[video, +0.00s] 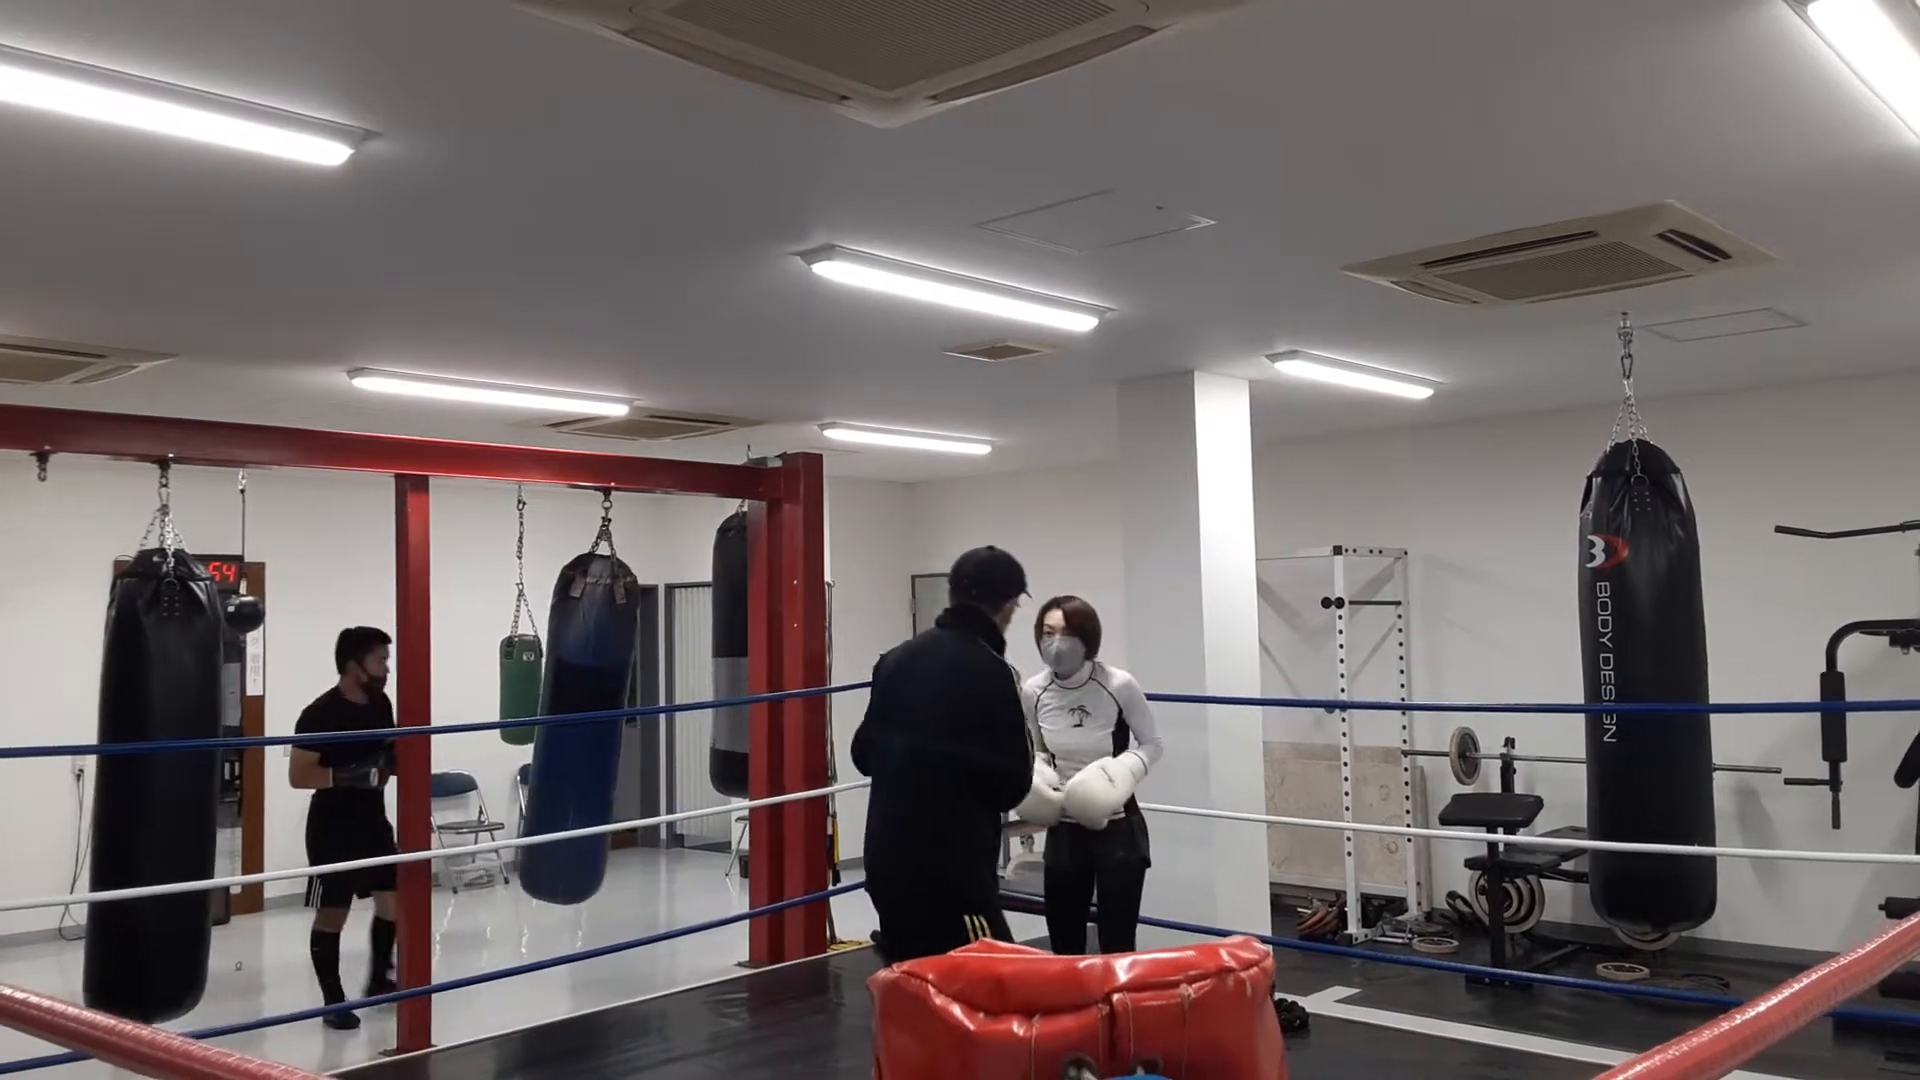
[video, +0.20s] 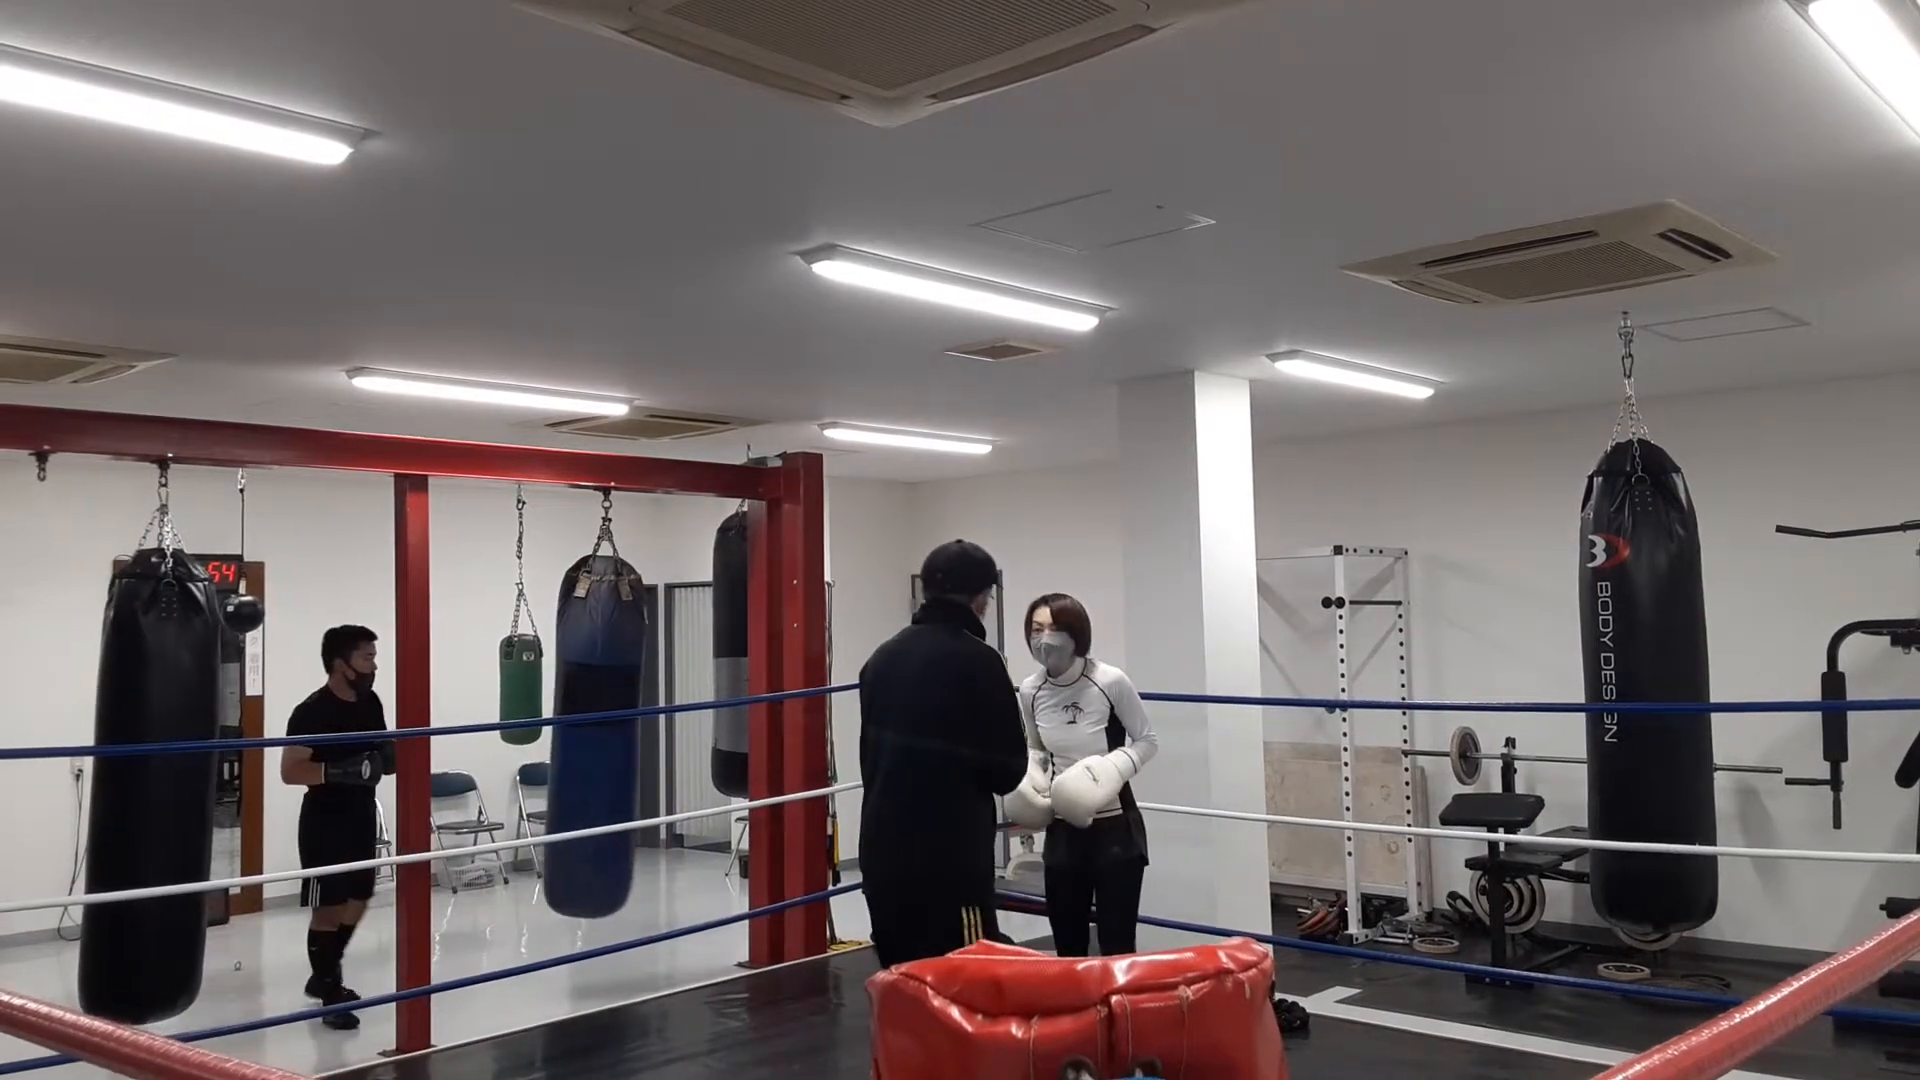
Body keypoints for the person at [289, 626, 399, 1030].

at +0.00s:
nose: (386, 667)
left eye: (387, 659)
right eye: (379, 660)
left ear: (369, 665)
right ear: (353, 665)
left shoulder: (380, 706)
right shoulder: (319, 714)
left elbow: (386, 762)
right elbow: (298, 775)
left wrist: (402, 760)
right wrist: (351, 775)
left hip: (373, 816)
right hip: (331, 821)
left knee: (391, 899)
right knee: (334, 908)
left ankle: (379, 981)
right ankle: (333, 1002)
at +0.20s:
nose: (374, 663)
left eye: (374, 656)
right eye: (366, 656)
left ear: (362, 660)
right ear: (340, 660)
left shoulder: (370, 704)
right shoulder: (311, 711)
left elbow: (384, 760)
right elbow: (290, 771)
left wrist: (389, 757)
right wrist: (344, 770)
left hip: (362, 814)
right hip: (324, 817)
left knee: (359, 896)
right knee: (330, 903)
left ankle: (325, 977)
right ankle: (329, 999)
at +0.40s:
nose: (375, 667)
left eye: (376, 660)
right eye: (368, 661)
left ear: (363, 664)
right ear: (341, 663)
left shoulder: (366, 707)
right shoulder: (310, 710)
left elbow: (367, 760)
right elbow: (287, 766)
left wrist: (386, 760)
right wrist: (342, 769)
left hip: (347, 813)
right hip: (313, 814)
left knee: (336, 900)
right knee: (322, 902)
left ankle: (320, 984)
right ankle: (322, 993)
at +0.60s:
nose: (375, 668)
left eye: (376, 660)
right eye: (367, 661)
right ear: (341, 663)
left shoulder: (361, 705)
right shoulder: (309, 706)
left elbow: (355, 754)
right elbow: (285, 762)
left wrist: (380, 755)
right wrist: (338, 767)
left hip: (338, 814)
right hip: (303, 815)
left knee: (329, 902)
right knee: (314, 903)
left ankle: (323, 984)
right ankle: (310, 995)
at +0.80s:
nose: (367, 669)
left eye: (369, 662)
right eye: (361, 662)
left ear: (363, 664)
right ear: (334, 662)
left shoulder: (359, 708)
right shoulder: (301, 705)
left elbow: (355, 757)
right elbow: (281, 762)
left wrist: (379, 755)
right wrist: (329, 762)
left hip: (337, 815)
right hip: (299, 816)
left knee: (329, 903)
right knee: (302, 905)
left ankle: (318, 984)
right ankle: (294, 993)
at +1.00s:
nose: (363, 675)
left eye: (365, 668)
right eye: (357, 668)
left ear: (361, 668)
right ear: (329, 666)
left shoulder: (357, 710)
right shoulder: (293, 710)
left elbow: (354, 754)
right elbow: (272, 765)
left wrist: (373, 759)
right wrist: (322, 764)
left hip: (337, 817)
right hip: (295, 818)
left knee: (356, 899)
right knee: (292, 905)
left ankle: (325, 976)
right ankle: (291, 994)